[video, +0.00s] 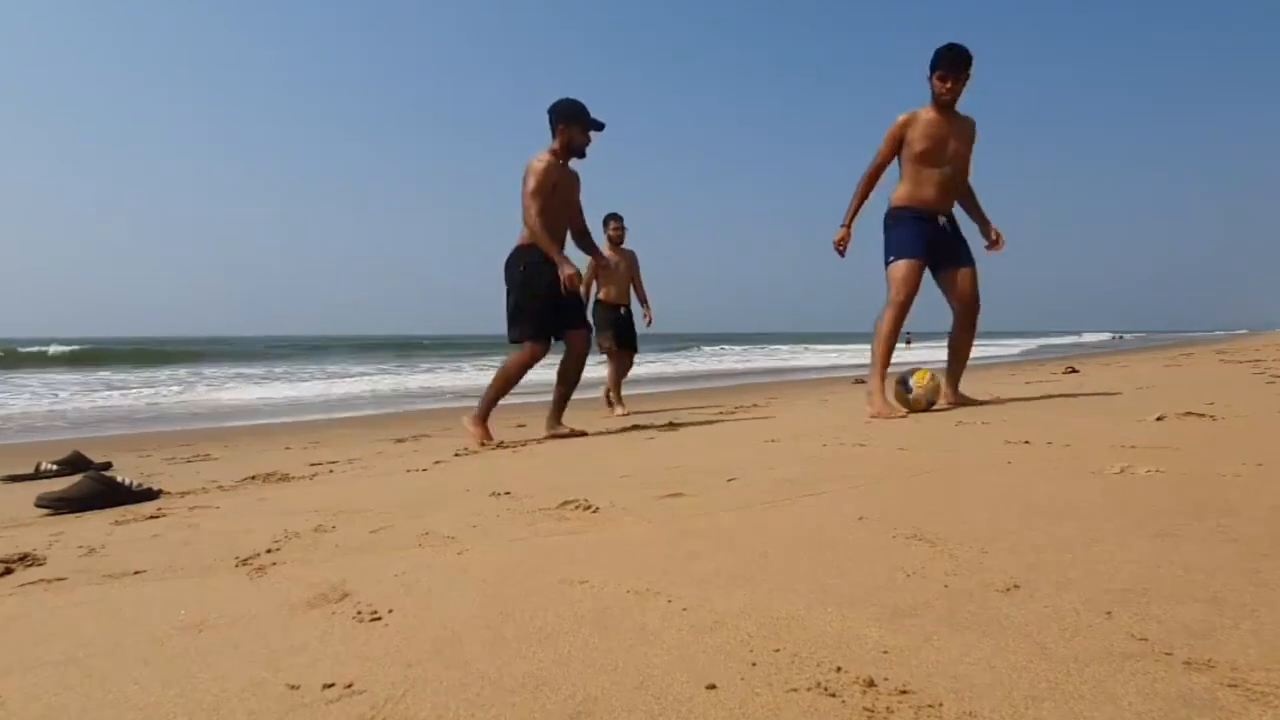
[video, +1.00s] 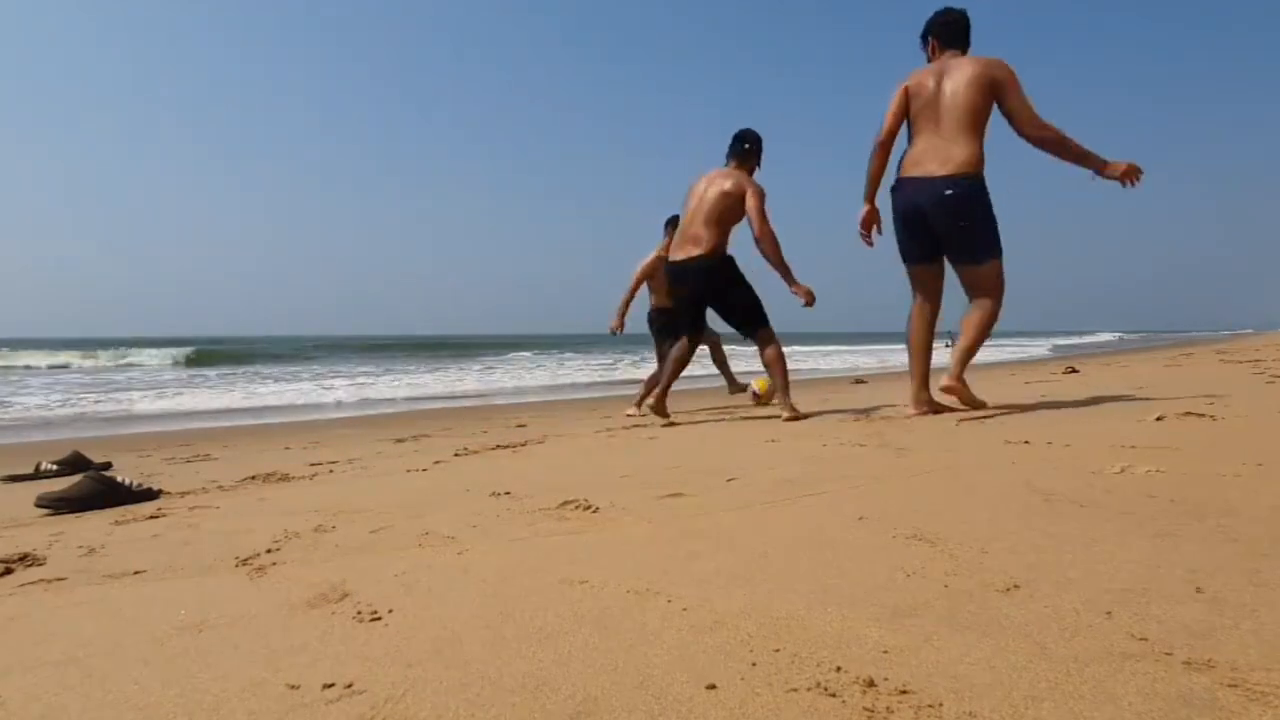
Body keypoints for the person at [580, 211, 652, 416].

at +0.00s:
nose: (620, 233)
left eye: (622, 229)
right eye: (615, 229)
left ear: (625, 231)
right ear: (606, 232)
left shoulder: (630, 256)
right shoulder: (598, 258)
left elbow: (637, 282)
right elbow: (586, 285)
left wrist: (645, 305)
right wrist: (583, 311)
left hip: (624, 307)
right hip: (604, 305)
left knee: (628, 355)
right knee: (613, 354)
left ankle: (610, 388)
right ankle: (618, 402)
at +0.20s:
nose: (632, 225)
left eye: (634, 220)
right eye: (628, 221)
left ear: (638, 223)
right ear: (618, 223)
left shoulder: (638, 249)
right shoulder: (609, 248)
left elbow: (648, 282)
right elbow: (604, 277)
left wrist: (657, 309)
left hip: (636, 301)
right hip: (615, 302)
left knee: (650, 350)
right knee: (618, 351)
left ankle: (655, 398)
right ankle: (617, 400)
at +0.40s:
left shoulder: (661, 253)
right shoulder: (624, 246)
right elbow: (612, 275)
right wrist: (614, 301)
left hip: (654, 305)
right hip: (629, 304)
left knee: (663, 353)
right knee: (624, 353)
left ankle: (670, 400)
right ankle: (620, 401)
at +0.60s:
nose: (656, 220)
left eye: (659, 215)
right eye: (652, 216)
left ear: (663, 217)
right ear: (643, 217)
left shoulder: (667, 243)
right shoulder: (632, 243)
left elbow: (676, 273)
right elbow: (620, 272)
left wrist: (684, 300)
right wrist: (619, 304)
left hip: (661, 299)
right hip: (639, 298)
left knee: (669, 352)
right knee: (636, 353)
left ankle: (670, 401)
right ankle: (624, 398)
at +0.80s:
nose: (671, 231)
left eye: (672, 227)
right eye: (668, 227)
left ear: (668, 229)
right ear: (654, 226)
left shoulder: (668, 254)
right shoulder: (635, 253)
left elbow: (672, 285)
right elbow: (611, 280)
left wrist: (689, 307)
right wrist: (593, 308)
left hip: (665, 310)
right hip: (643, 312)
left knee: (700, 343)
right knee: (649, 360)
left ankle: (699, 387)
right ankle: (633, 404)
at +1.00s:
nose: (678, 239)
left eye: (681, 234)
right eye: (675, 234)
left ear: (684, 235)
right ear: (668, 233)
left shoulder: (687, 257)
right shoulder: (656, 260)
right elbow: (633, 288)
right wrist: (619, 318)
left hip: (682, 311)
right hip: (661, 313)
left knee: (713, 339)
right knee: (665, 368)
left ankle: (733, 383)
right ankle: (637, 403)